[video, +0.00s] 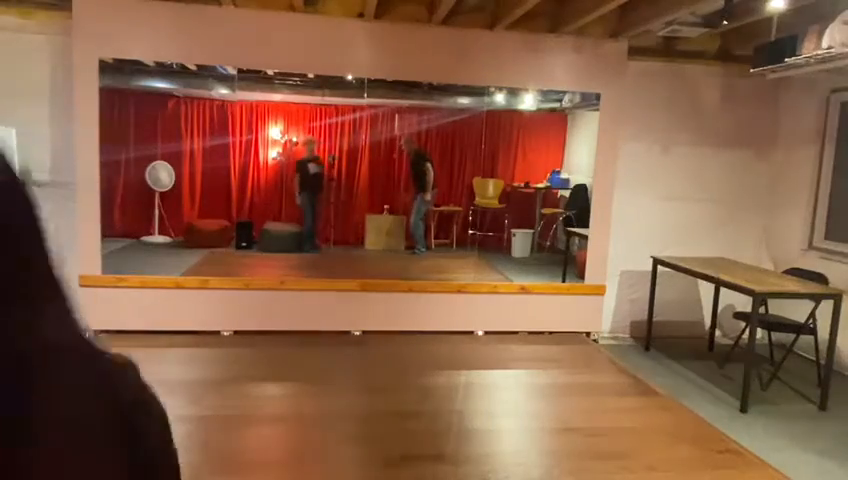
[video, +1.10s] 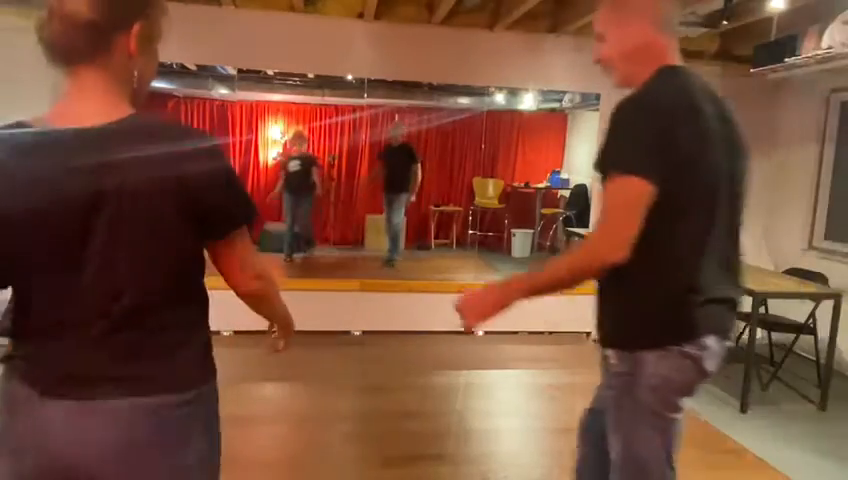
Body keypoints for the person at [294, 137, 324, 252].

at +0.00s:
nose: (310, 148)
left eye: (312, 145)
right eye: (308, 145)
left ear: (315, 146)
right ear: (305, 147)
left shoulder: (319, 162)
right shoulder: (301, 163)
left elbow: (322, 179)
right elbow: (297, 179)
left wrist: (322, 193)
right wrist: (297, 194)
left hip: (316, 193)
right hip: (305, 193)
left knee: (314, 218)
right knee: (308, 218)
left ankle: (313, 242)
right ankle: (306, 243)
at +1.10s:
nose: (297, 147)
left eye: (300, 144)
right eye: (295, 144)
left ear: (305, 144)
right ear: (291, 144)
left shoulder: (310, 159)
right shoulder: (287, 159)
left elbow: (315, 174)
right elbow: (282, 178)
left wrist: (319, 187)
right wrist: (276, 191)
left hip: (305, 192)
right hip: (290, 192)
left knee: (303, 221)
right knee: (289, 222)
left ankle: (307, 247)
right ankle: (288, 252)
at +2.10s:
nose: (299, 141)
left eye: (299, 138)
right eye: (297, 138)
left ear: (297, 139)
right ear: (289, 138)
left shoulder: (303, 158)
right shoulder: (275, 157)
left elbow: (311, 176)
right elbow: (269, 179)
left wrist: (324, 184)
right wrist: (267, 198)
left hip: (299, 198)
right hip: (281, 198)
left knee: (298, 231)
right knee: (280, 231)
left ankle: (294, 264)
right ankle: (280, 268)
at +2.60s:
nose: (302, 141)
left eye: (302, 138)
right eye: (299, 138)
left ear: (298, 140)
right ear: (290, 138)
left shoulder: (302, 159)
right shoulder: (280, 158)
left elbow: (309, 178)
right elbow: (273, 176)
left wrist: (323, 185)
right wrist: (281, 183)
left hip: (302, 200)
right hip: (285, 200)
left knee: (298, 236)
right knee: (283, 234)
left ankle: (292, 271)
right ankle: (278, 267)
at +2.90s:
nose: (303, 140)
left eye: (303, 137)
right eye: (301, 137)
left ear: (289, 138)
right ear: (295, 138)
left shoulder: (301, 158)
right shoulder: (286, 160)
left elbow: (307, 179)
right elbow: (280, 178)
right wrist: (296, 185)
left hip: (299, 200)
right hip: (287, 200)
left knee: (295, 235)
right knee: (288, 235)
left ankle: (291, 269)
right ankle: (287, 269)